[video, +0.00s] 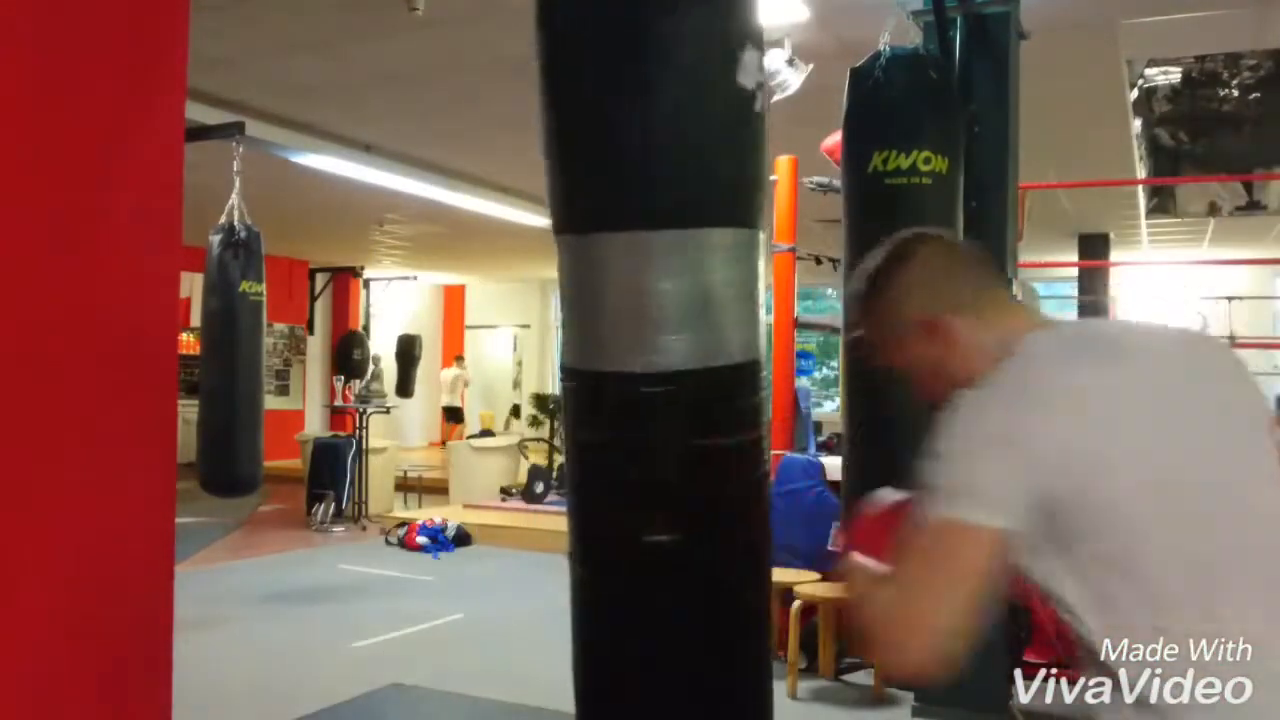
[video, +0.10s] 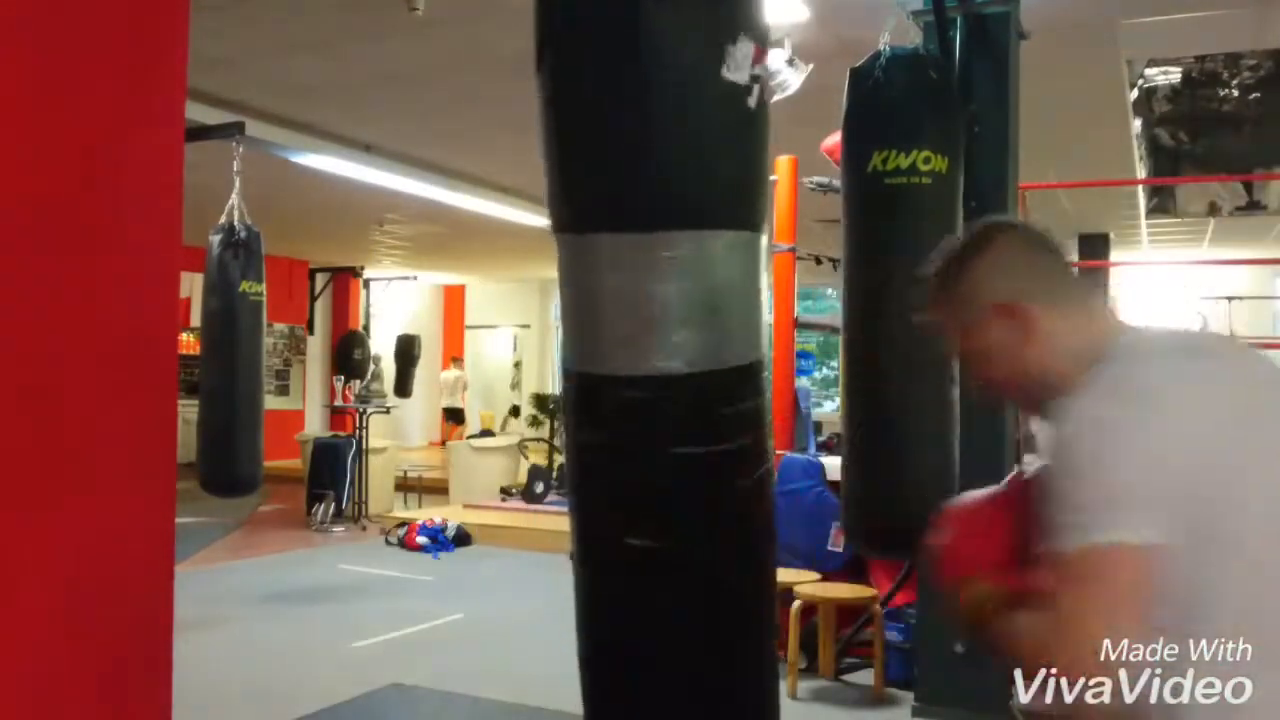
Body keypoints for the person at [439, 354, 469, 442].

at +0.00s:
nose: (462, 364)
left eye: (462, 362)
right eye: (462, 362)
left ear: (454, 361)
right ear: (461, 362)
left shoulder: (444, 372)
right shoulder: (461, 373)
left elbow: (443, 384)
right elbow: (467, 383)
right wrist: (465, 371)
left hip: (444, 402)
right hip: (455, 403)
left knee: (447, 423)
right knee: (461, 424)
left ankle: (445, 441)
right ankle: (453, 442)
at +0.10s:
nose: (462, 366)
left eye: (462, 363)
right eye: (461, 363)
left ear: (452, 363)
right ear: (458, 363)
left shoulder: (443, 374)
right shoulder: (462, 374)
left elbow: (441, 387)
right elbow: (465, 387)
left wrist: (442, 398)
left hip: (445, 403)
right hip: (457, 403)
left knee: (448, 423)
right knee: (461, 425)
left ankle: (445, 441)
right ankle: (453, 442)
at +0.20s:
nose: (460, 368)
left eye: (460, 366)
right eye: (459, 366)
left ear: (450, 366)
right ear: (457, 366)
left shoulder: (443, 377)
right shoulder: (462, 377)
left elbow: (441, 391)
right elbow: (465, 389)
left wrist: (443, 399)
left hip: (445, 405)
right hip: (457, 405)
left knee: (447, 425)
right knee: (460, 427)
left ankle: (445, 441)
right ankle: (455, 443)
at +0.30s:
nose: (461, 367)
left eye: (461, 364)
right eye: (460, 364)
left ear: (451, 365)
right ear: (457, 365)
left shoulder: (443, 377)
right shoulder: (461, 376)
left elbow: (440, 390)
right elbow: (465, 387)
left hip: (445, 404)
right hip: (456, 404)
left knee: (448, 425)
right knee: (460, 426)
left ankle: (445, 442)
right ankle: (453, 443)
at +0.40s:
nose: (462, 365)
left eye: (461, 363)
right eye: (461, 363)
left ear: (453, 362)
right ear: (458, 362)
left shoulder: (445, 372)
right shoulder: (458, 372)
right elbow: (465, 383)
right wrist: (463, 371)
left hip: (444, 401)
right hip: (454, 401)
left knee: (449, 422)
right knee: (462, 421)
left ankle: (446, 441)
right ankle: (455, 441)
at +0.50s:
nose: (462, 365)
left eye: (462, 363)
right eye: (461, 363)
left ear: (454, 362)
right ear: (458, 362)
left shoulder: (446, 371)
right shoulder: (456, 372)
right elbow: (465, 383)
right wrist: (464, 372)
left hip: (444, 401)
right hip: (453, 401)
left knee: (450, 422)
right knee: (463, 421)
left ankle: (446, 441)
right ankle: (456, 442)